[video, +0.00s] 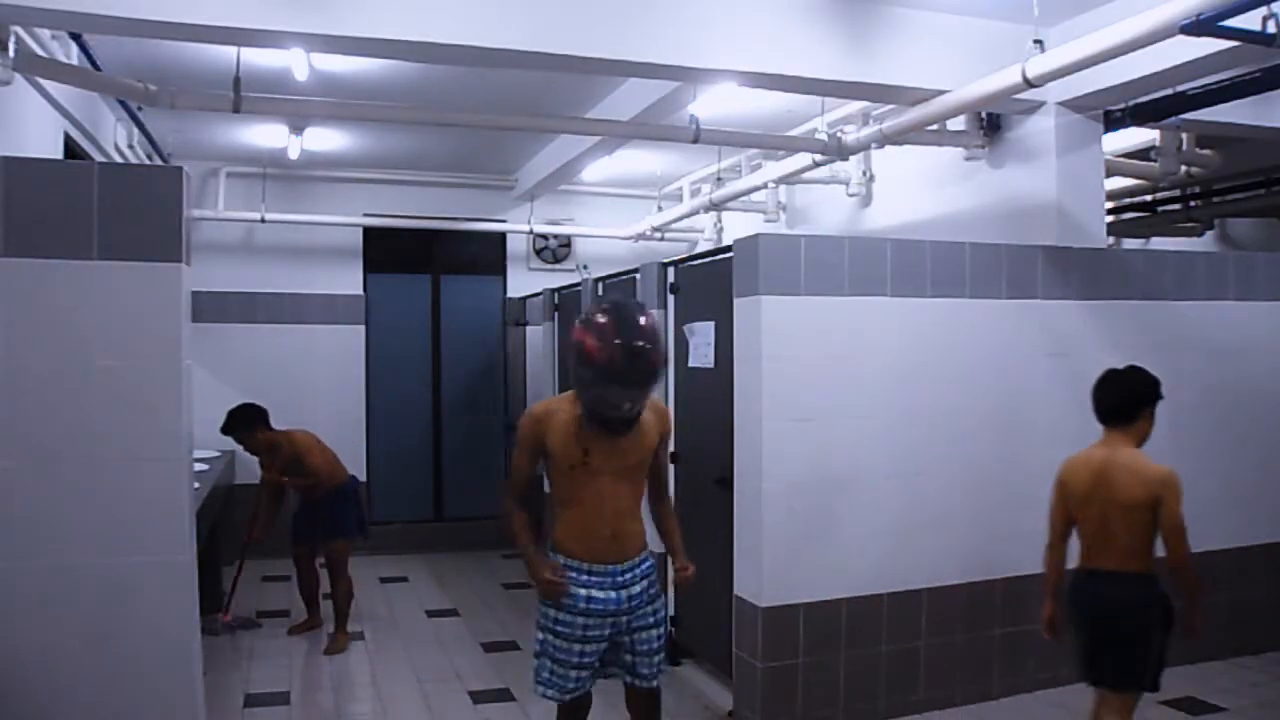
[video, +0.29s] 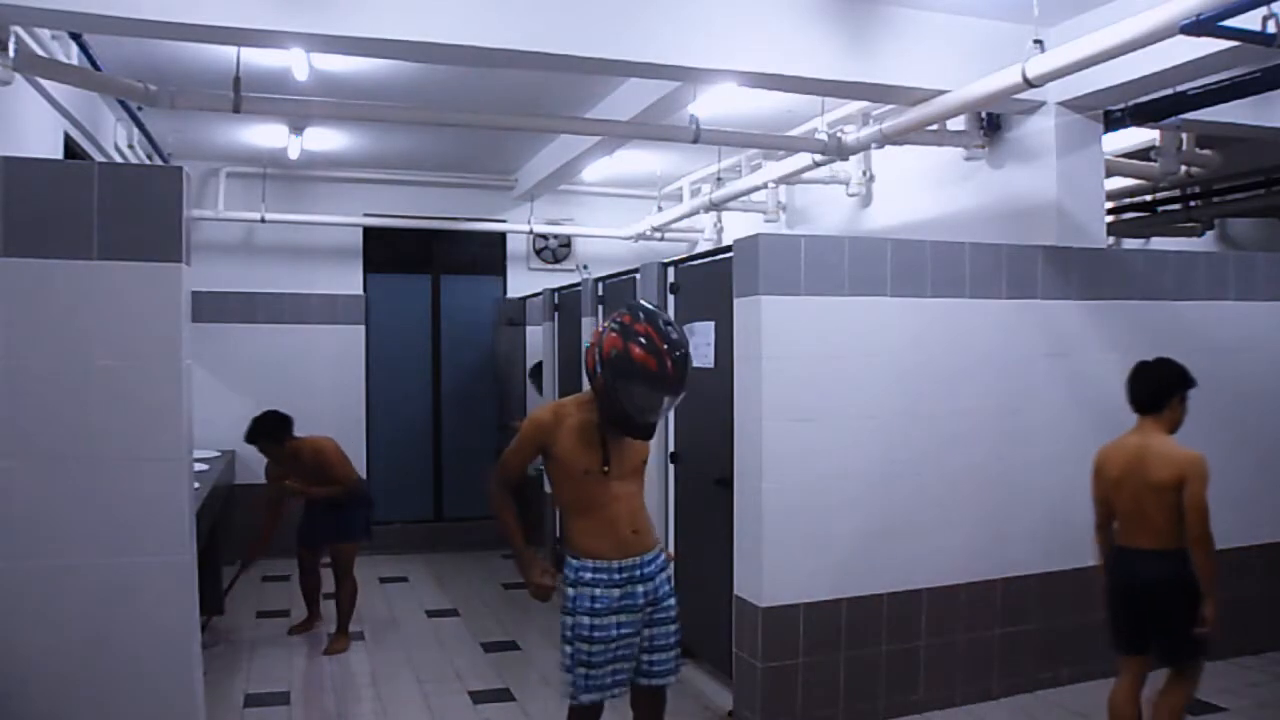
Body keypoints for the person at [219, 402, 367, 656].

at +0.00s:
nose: (243, 449)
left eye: (244, 441)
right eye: (240, 443)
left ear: (259, 431)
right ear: (257, 432)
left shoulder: (299, 443)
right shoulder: (268, 457)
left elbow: (324, 479)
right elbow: (269, 494)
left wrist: (283, 481)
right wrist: (260, 528)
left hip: (339, 497)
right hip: (310, 500)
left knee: (336, 564)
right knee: (303, 558)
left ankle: (341, 631)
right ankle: (313, 616)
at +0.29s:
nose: (262, 455)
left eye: (264, 448)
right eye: (260, 450)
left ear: (279, 442)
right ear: (272, 446)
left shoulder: (323, 449)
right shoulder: (275, 470)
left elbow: (350, 486)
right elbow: (274, 513)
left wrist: (307, 491)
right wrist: (258, 549)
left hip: (349, 504)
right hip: (317, 505)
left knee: (342, 568)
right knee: (307, 560)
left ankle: (342, 632)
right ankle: (313, 615)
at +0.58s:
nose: (288, 451)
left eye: (292, 445)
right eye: (287, 445)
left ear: (309, 440)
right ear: (290, 442)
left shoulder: (345, 448)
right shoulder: (287, 465)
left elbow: (367, 482)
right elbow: (281, 511)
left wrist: (337, 488)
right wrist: (273, 551)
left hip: (349, 507)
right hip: (313, 506)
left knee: (345, 568)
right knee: (300, 568)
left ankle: (343, 632)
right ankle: (304, 613)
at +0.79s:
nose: (308, 450)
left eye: (313, 444)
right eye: (304, 445)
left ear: (326, 435)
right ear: (298, 440)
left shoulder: (351, 445)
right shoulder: (292, 461)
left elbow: (373, 476)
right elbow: (287, 507)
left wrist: (352, 480)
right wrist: (293, 547)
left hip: (344, 510)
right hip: (306, 512)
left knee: (344, 571)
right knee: (296, 572)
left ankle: (342, 633)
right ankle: (289, 631)